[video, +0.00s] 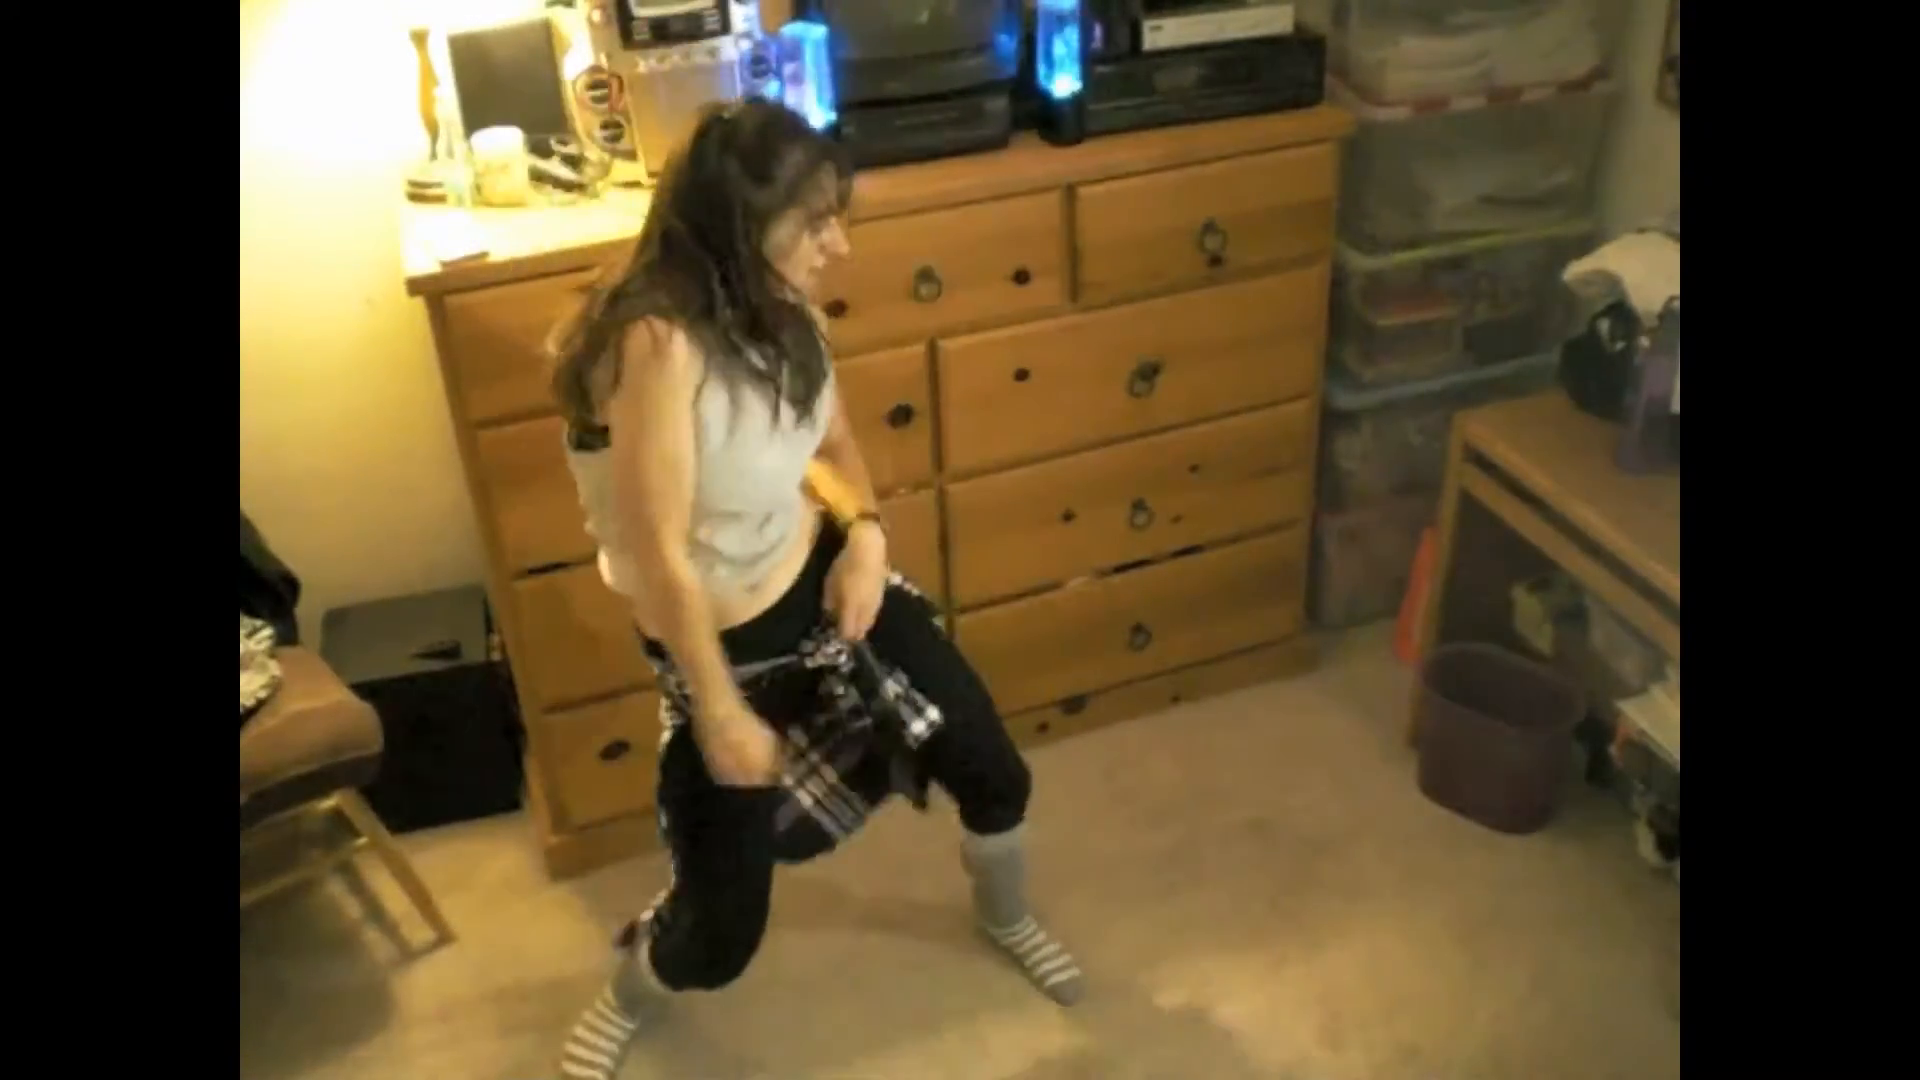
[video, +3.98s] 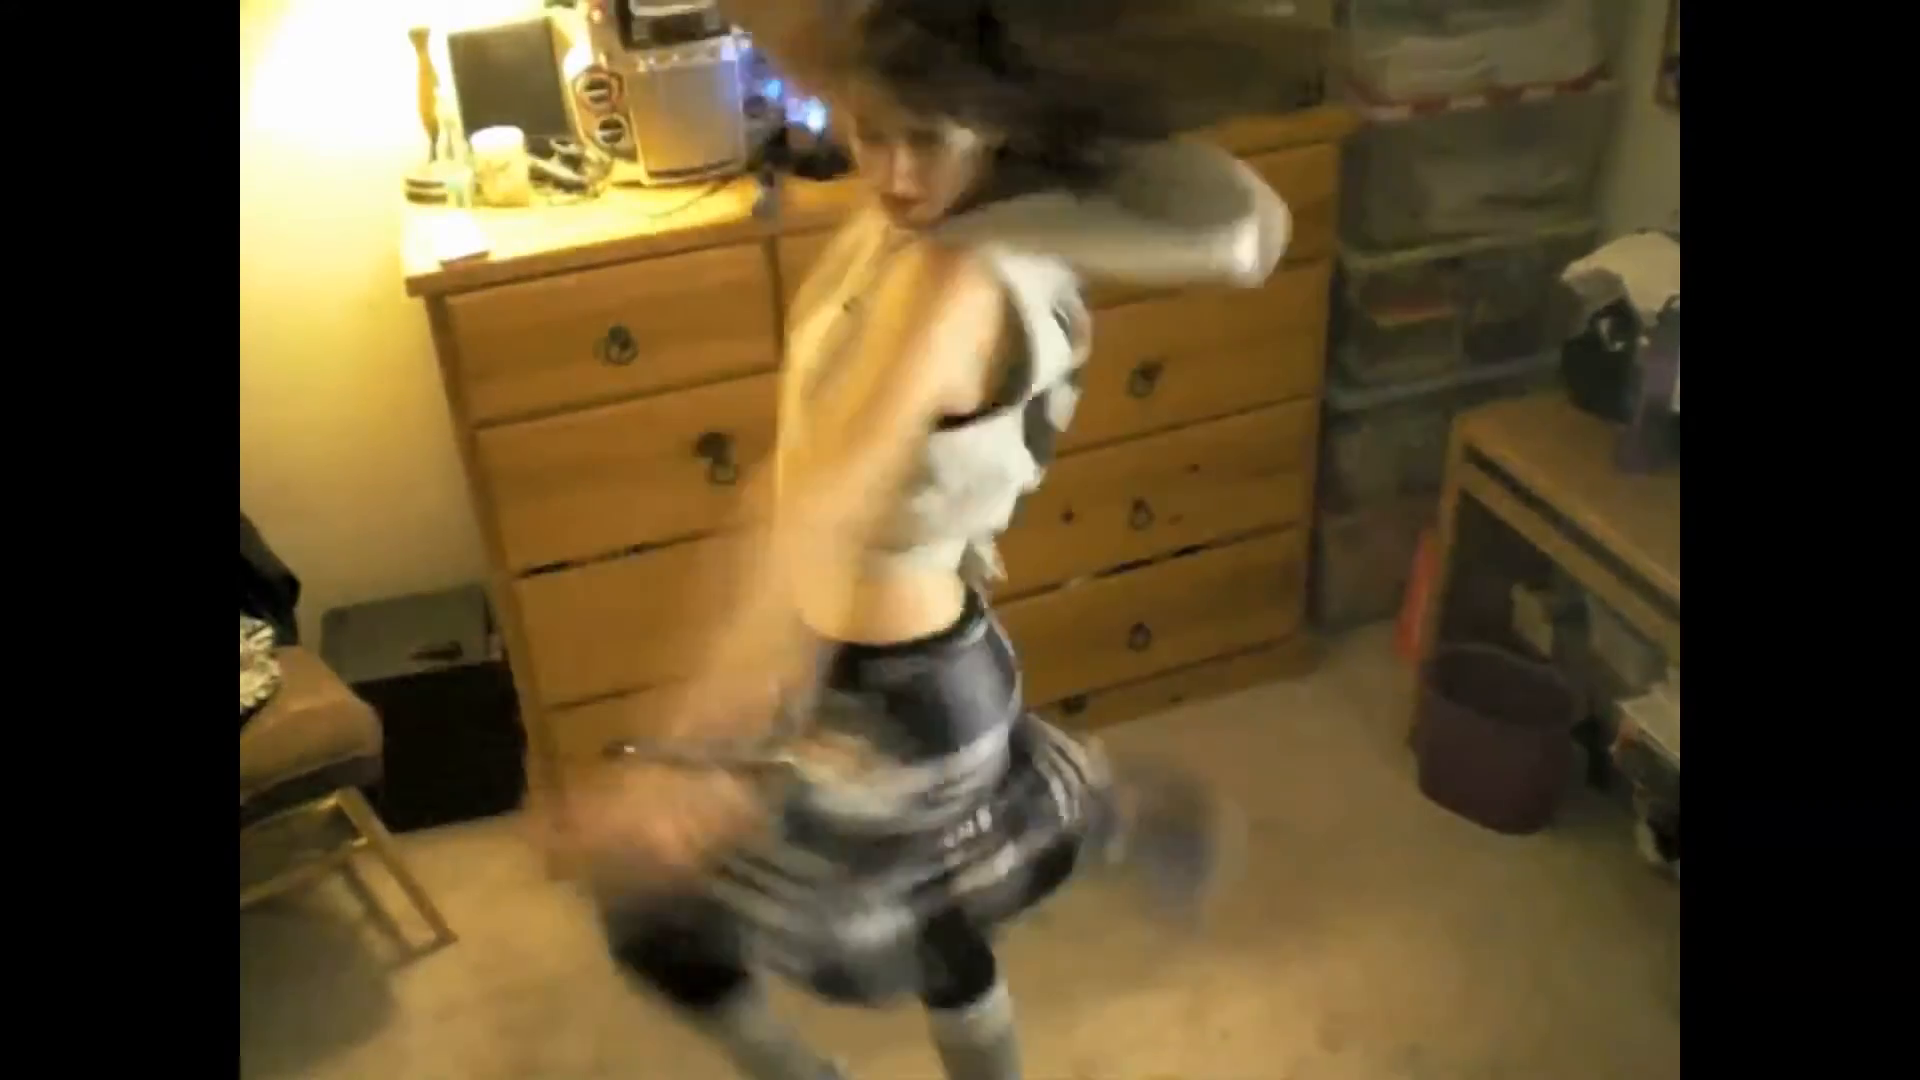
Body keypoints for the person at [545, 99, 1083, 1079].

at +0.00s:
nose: (838, 247)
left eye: (838, 220)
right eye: (816, 225)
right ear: (745, 226)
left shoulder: (784, 315)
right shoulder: (661, 344)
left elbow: (827, 443)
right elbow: (652, 547)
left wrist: (867, 529)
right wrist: (720, 710)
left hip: (830, 592)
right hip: (720, 659)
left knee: (994, 777)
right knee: (719, 937)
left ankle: (1009, 918)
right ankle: (625, 994)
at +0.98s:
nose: (642, 152)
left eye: (659, 128)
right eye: (637, 128)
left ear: (733, 111)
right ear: (657, 116)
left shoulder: (850, 222)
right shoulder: (664, 196)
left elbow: (852, 444)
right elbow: (627, 344)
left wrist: (738, 600)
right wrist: (601, 495)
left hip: (791, 590)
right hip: (643, 568)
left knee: (888, 786)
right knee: (590, 805)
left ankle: (992, 922)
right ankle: (591, 1006)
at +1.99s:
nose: (932, 257)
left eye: (936, 224)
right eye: (895, 242)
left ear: (960, 217)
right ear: (847, 260)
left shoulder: (945, 319)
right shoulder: (839, 384)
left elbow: (906, 454)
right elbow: (698, 555)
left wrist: (968, 557)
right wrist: (776, 678)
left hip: (861, 616)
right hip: (729, 645)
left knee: (1018, 794)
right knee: (685, 922)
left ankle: (1008, 924)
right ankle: (598, 994)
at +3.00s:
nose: (734, 172)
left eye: (756, 142)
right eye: (702, 147)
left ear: (788, 152)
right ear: (656, 162)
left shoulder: (844, 299)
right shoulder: (639, 273)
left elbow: (898, 501)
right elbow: (656, 420)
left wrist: (828, 666)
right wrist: (651, 546)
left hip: (850, 619)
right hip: (696, 620)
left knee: (942, 824)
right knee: (639, 842)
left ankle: (989, 926)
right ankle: (599, 997)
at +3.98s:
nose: (899, 172)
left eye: (930, 140)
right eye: (872, 140)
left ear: (994, 130)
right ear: (843, 125)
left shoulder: (957, 289)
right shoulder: (887, 235)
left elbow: (820, 519)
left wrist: (694, 745)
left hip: (908, 698)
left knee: (665, 929)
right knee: (944, 933)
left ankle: (796, 1066)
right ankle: (989, 1059)